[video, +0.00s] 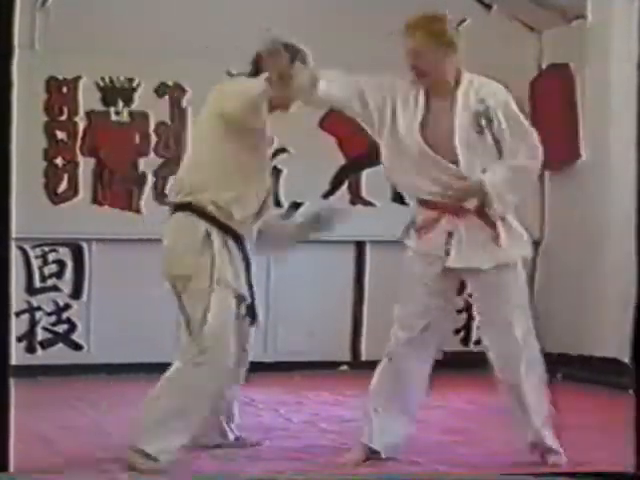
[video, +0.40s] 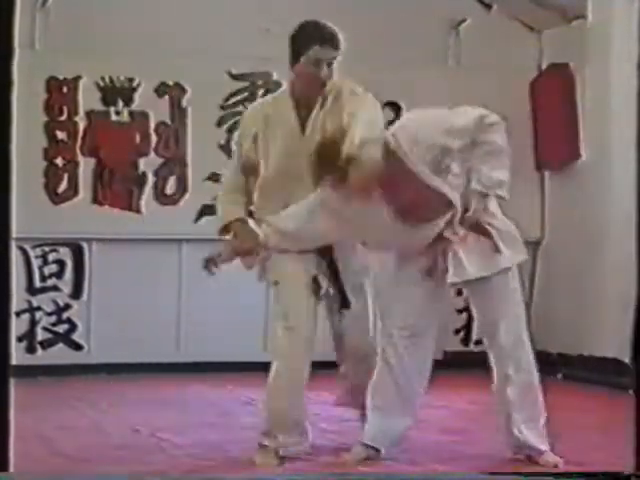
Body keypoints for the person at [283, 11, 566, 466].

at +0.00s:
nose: (413, 71)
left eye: (421, 63)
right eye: (410, 63)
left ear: (450, 56)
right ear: (407, 59)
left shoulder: (489, 98)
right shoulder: (397, 97)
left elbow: (528, 156)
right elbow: (344, 90)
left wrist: (482, 188)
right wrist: (295, 80)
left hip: (491, 235)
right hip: (431, 233)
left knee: (513, 341)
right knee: (408, 338)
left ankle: (544, 440)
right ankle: (378, 442)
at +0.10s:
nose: (396, 75)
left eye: (403, 66)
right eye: (391, 67)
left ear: (430, 60)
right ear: (387, 66)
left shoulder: (474, 95)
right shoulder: (378, 115)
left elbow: (524, 134)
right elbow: (330, 146)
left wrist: (498, 181)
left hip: (485, 229)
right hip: (421, 233)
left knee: (507, 340)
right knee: (401, 339)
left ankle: (521, 439)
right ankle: (379, 443)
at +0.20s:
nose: (381, 95)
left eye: (387, 84)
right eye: (375, 86)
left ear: (413, 77)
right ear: (370, 86)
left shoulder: (460, 98)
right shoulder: (367, 134)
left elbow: (512, 126)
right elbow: (317, 172)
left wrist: (498, 186)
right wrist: (275, 191)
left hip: (483, 227)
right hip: (421, 235)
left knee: (506, 338)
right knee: (400, 335)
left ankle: (525, 439)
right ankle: (376, 440)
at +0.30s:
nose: (361, 143)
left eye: (367, 133)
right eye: (355, 135)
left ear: (388, 123)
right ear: (350, 133)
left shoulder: (438, 117)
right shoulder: (351, 169)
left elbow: (500, 124)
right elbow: (310, 206)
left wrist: (489, 194)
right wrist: (262, 231)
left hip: (479, 230)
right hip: (416, 242)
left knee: (508, 339)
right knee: (401, 340)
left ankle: (527, 440)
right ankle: (376, 442)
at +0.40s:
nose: (357, 192)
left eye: (358, 181)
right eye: (345, 189)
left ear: (373, 158)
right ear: (335, 186)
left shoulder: (416, 134)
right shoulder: (337, 205)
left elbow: (488, 127)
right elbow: (289, 227)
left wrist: (482, 201)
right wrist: (254, 238)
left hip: (477, 230)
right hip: (409, 250)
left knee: (509, 339)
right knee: (400, 343)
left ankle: (529, 442)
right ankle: (376, 442)